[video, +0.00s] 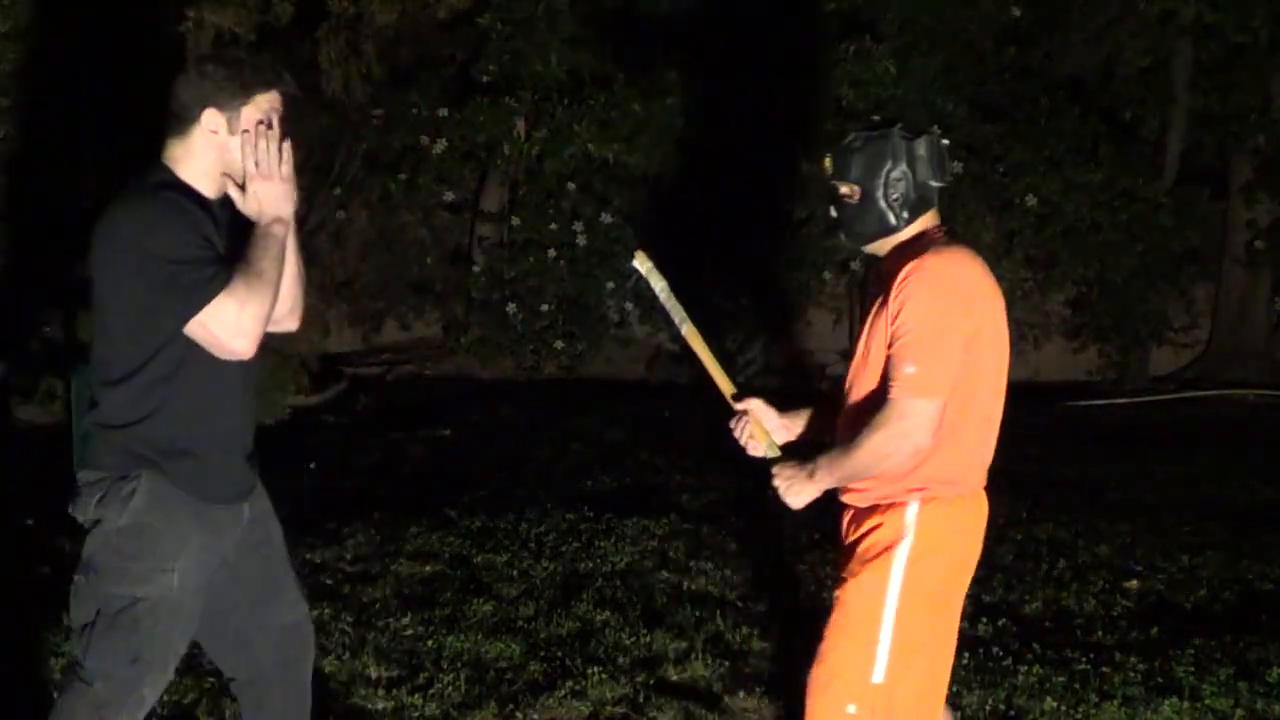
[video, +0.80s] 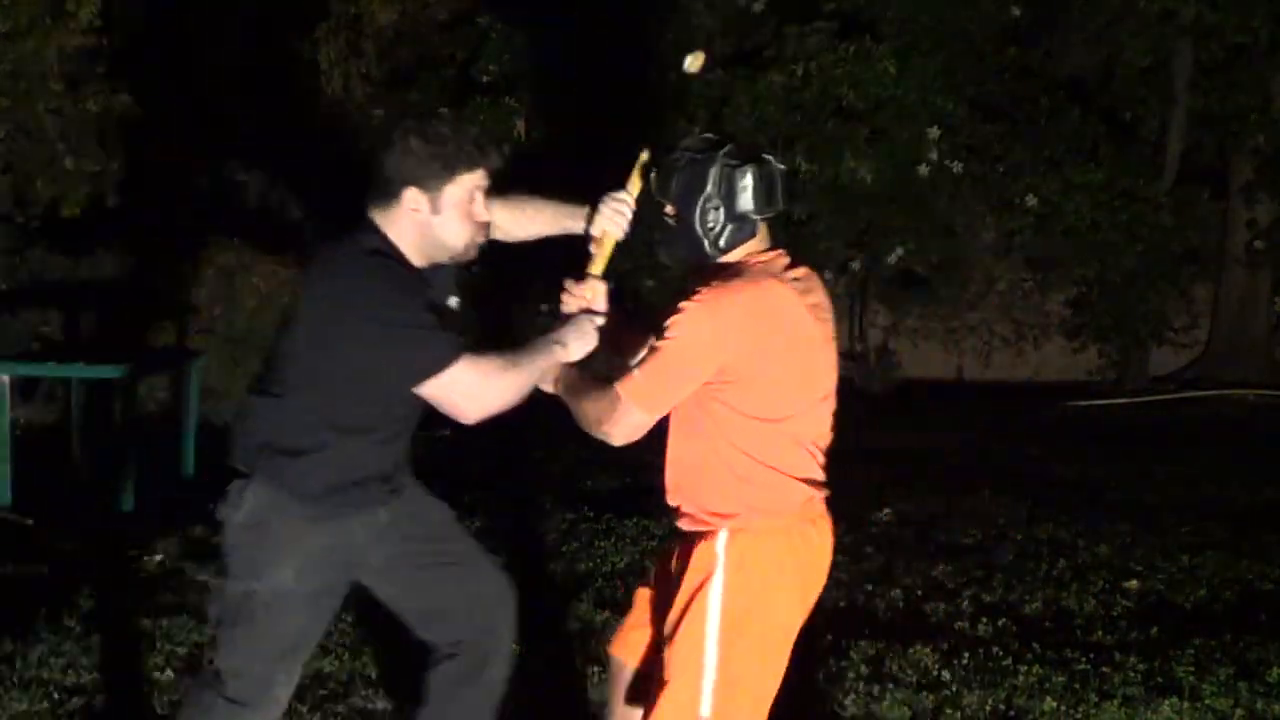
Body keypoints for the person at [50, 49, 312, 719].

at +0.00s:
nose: (274, 144)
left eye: (277, 127)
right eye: (263, 124)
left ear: (221, 131)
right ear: (215, 127)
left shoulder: (220, 217)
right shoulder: (145, 219)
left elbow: (286, 315)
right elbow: (234, 333)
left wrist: (282, 218)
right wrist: (270, 224)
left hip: (228, 493)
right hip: (147, 494)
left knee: (280, 665)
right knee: (110, 694)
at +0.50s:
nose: (304, 162)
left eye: (300, 142)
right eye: (288, 142)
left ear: (240, 152)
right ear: (234, 149)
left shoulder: (252, 247)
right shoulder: (163, 251)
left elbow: (311, 304)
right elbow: (221, 368)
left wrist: (359, 257)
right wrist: (302, 276)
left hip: (264, 506)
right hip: (172, 515)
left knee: (352, 626)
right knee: (136, 702)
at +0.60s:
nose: (357, 195)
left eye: (353, 175)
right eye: (341, 176)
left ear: (289, 189)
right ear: (285, 187)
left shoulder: (318, 263)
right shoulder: (217, 282)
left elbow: (380, 245)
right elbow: (287, 401)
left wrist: (462, 226)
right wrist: (370, 314)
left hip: (277, 521)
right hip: (181, 526)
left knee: (387, 621)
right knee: (140, 704)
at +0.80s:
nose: (485, 213)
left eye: (483, 196)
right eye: (472, 198)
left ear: (419, 204)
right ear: (416, 205)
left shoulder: (413, 250)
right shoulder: (364, 285)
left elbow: (493, 219)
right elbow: (473, 396)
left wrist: (588, 219)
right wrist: (562, 346)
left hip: (383, 500)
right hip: (290, 510)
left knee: (481, 619)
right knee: (247, 694)